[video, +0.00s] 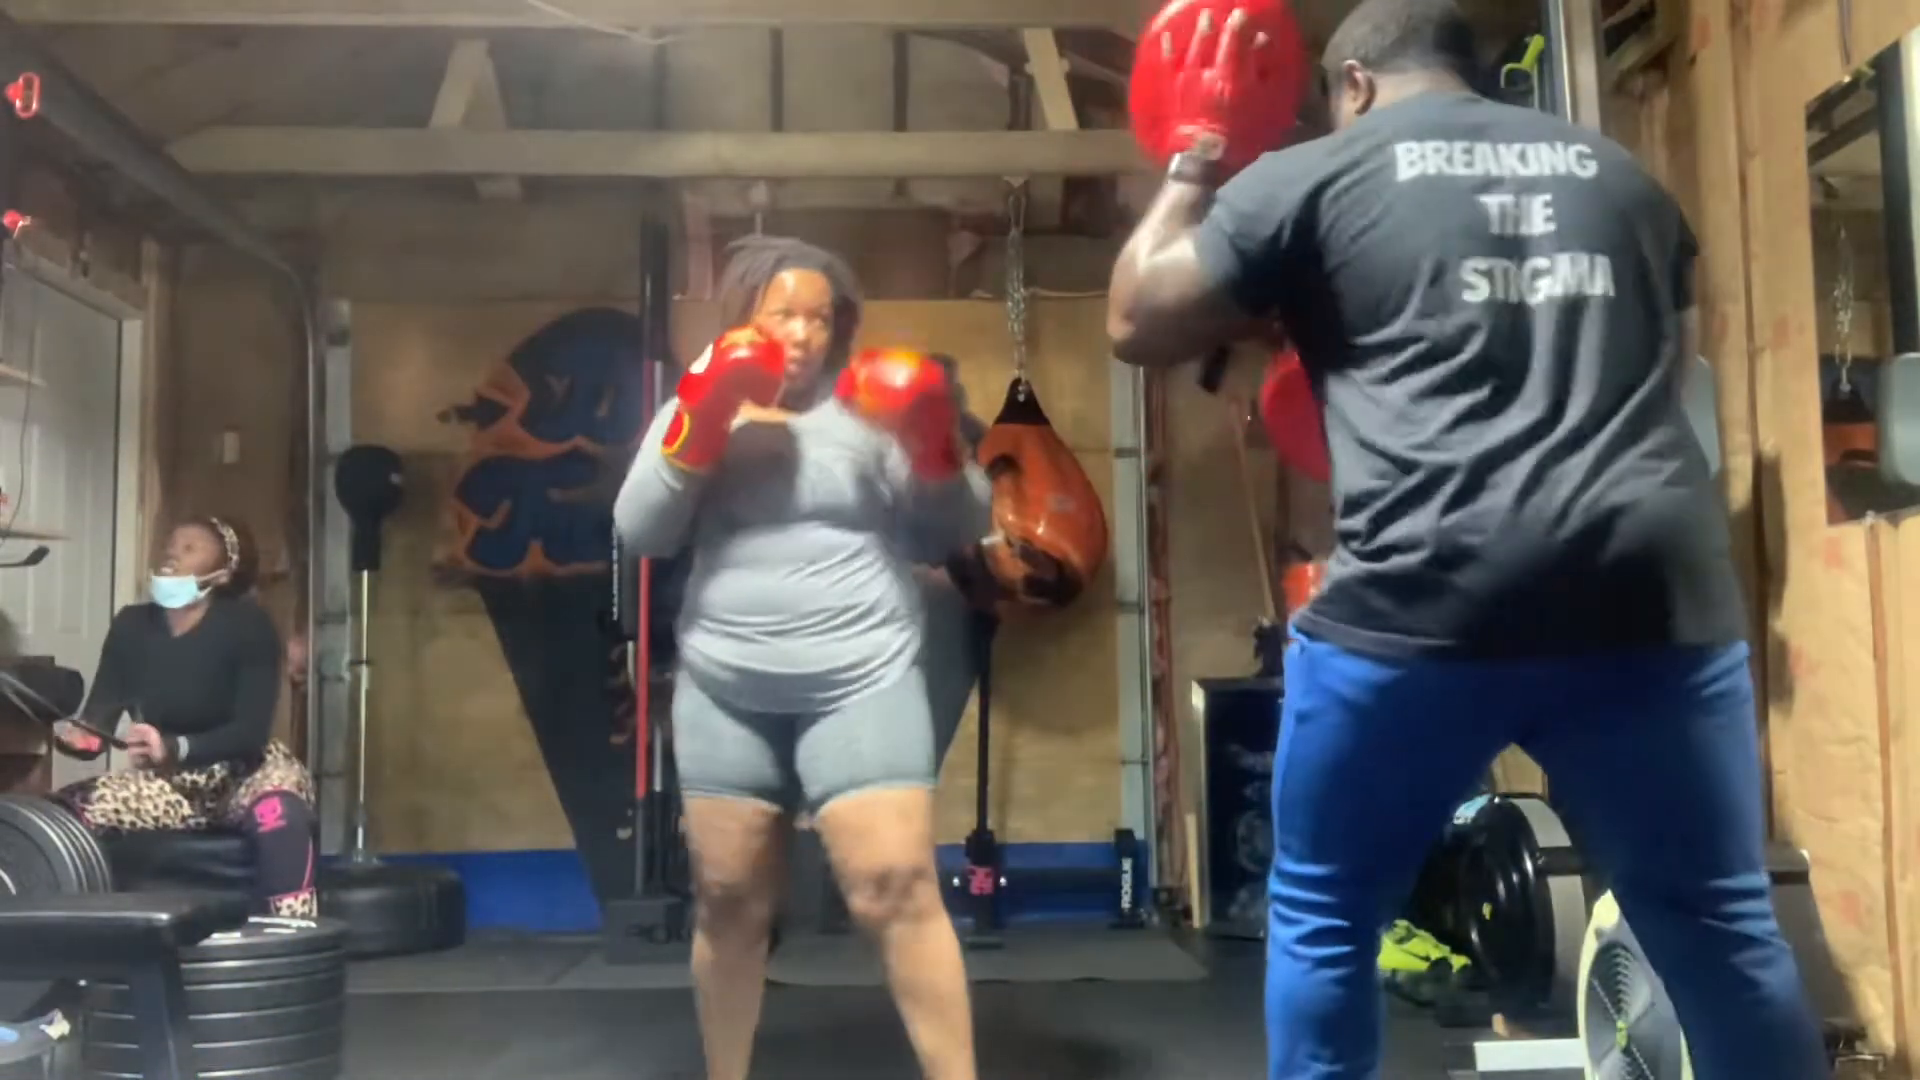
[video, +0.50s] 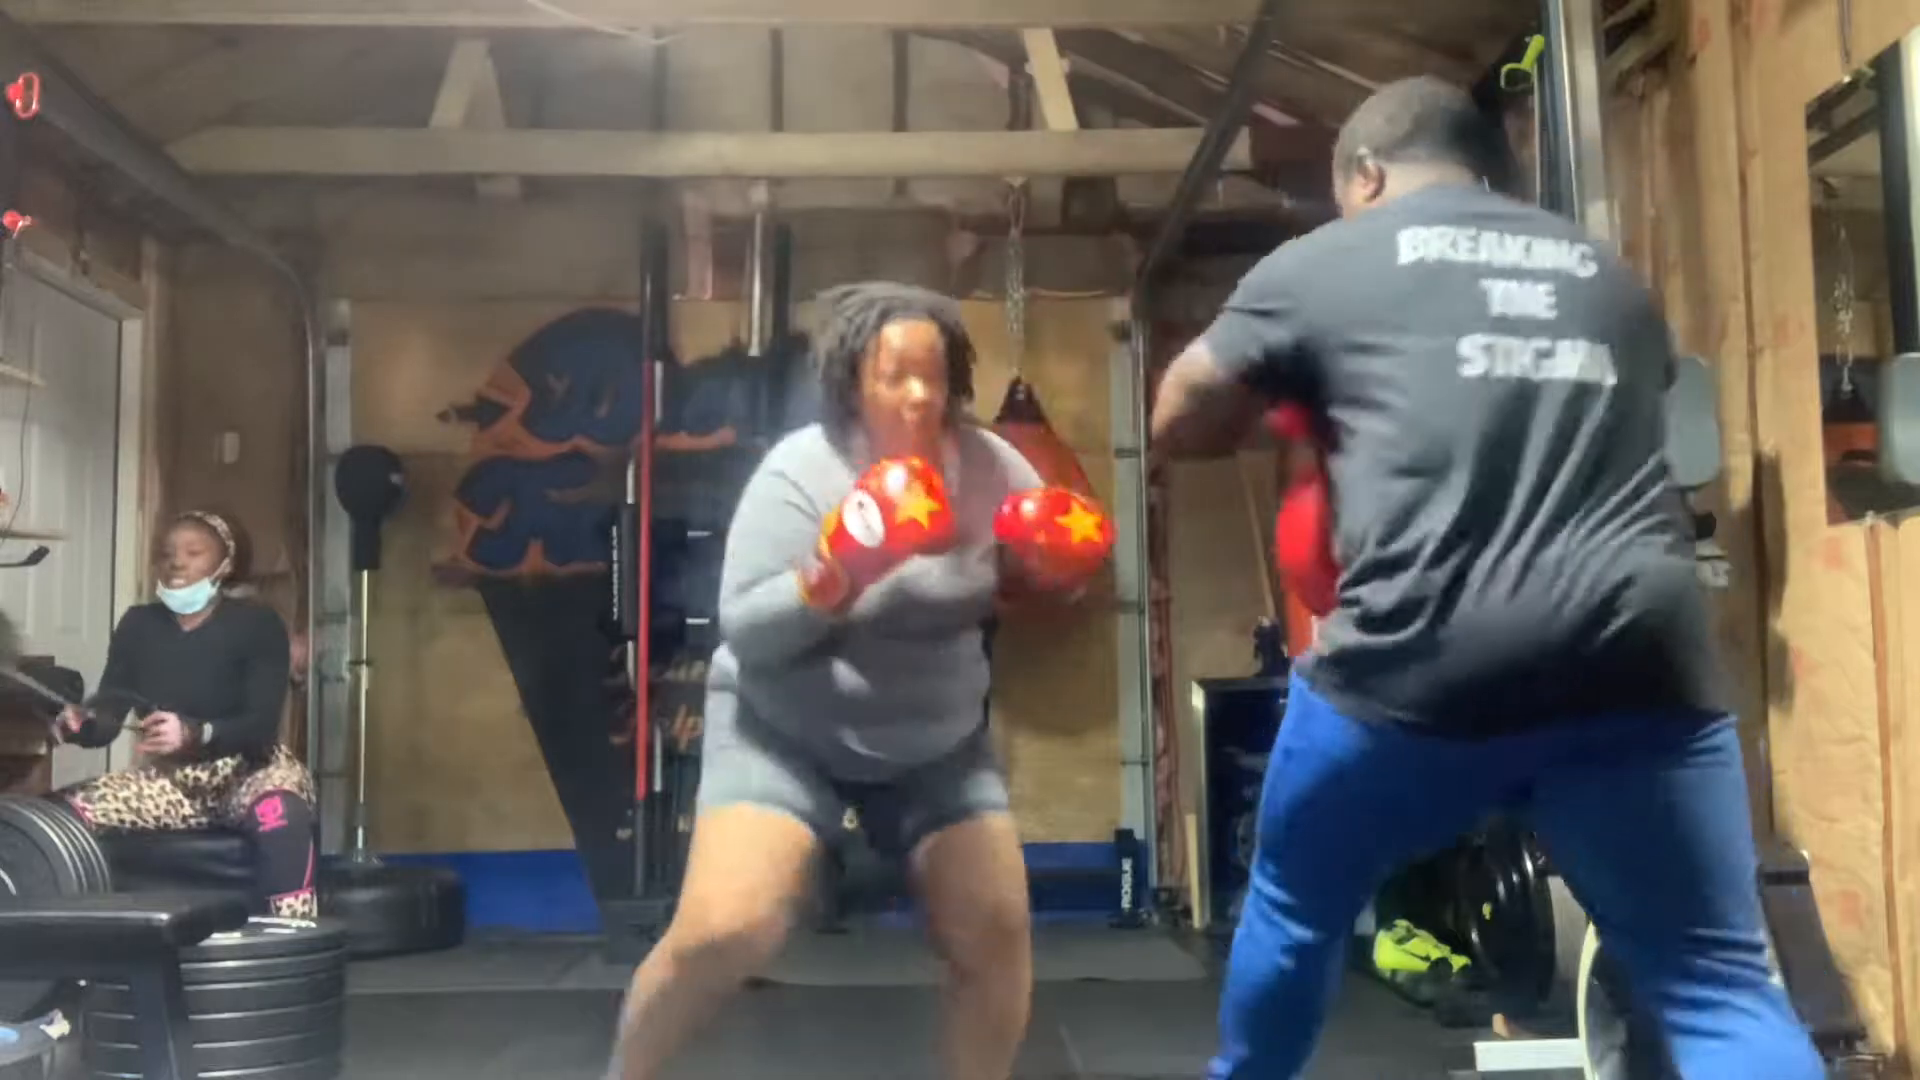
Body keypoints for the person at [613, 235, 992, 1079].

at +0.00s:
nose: (804, 335)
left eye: (821, 319)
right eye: (785, 316)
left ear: (841, 330)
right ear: (744, 324)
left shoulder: (875, 411)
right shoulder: (699, 411)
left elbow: (954, 534)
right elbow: (640, 534)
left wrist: (929, 432)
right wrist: (702, 422)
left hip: (863, 680)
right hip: (722, 685)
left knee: (896, 886)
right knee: (725, 897)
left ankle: (955, 1075)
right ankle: (725, 1075)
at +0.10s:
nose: (814, 309)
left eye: (832, 293)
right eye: (795, 290)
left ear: (858, 307)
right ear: (752, 299)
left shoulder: (901, 379)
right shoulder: (721, 394)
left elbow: (1013, 435)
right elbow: (649, 506)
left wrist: (998, 330)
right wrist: (717, 389)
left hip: (883, 674)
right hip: (745, 675)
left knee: (902, 889)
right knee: (746, 900)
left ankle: (955, 1074)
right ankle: (730, 1072)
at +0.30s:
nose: (864, 326)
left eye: (883, 311)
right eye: (847, 306)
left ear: (905, 322)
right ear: (805, 307)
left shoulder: (936, 392)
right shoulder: (745, 390)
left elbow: (1050, 474)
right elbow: (698, 528)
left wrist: (1045, 411)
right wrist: (782, 432)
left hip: (922, 679)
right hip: (777, 680)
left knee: (947, 898)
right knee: (764, 912)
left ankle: (967, 1072)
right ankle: (735, 1072)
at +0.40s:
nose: (899, 354)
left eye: (914, 334)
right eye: (877, 334)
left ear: (934, 343)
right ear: (831, 340)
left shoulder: (973, 434)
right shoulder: (780, 429)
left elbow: (1029, 573)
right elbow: (722, 586)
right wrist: (801, 524)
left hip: (935, 713)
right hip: (784, 709)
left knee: (969, 920)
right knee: (742, 939)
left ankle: (974, 1074)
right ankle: (704, 1062)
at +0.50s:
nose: (920, 395)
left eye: (934, 374)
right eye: (897, 375)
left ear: (952, 380)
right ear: (850, 382)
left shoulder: (994, 467)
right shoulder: (798, 471)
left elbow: (1034, 596)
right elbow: (747, 634)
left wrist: (1057, 574)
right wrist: (831, 583)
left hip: (939, 742)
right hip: (779, 734)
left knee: (998, 933)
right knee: (730, 928)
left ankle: (979, 1076)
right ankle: (628, 1070)